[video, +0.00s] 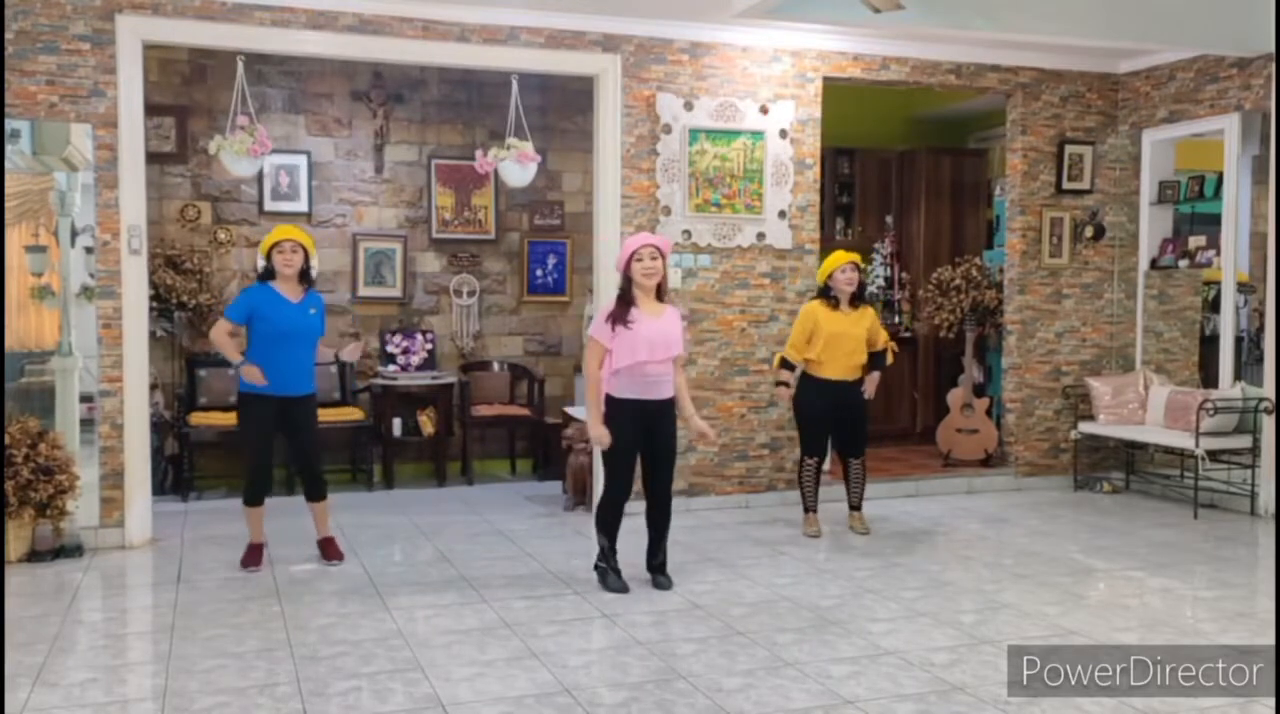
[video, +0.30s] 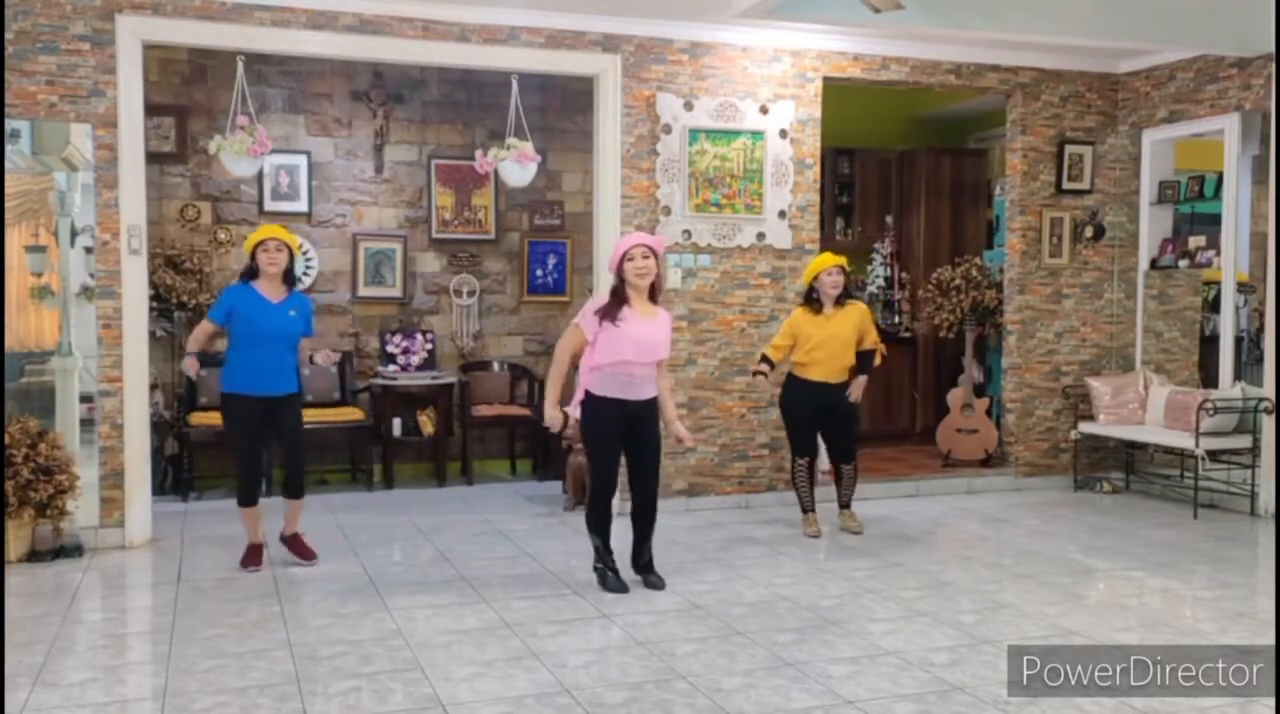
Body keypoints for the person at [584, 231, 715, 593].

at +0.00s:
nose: (648, 265)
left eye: (655, 259)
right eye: (640, 259)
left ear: (664, 268)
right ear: (628, 269)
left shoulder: (673, 316)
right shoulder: (613, 314)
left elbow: (678, 371)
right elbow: (592, 365)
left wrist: (692, 418)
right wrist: (595, 420)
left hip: (662, 409)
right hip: (621, 409)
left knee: (660, 491)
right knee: (617, 489)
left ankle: (658, 564)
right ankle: (606, 561)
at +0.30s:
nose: (640, 264)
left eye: (647, 258)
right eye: (632, 259)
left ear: (657, 268)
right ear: (620, 268)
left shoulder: (662, 318)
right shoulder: (601, 309)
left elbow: (662, 373)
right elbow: (564, 350)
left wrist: (673, 421)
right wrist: (551, 405)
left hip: (645, 410)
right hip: (601, 408)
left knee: (646, 490)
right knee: (603, 487)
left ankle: (643, 560)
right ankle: (603, 563)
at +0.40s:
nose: (636, 265)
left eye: (643, 258)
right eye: (628, 259)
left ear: (654, 268)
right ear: (617, 269)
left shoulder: (661, 318)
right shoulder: (598, 310)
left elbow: (660, 375)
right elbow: (559, 350)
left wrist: (670, 421)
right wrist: (542, 400)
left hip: (641, 410)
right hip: (597, 408)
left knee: (637, 491)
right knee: (600, 487)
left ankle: (632, 560)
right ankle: (602, 562)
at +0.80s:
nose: (628, 273)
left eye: (635, 266)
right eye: (620, 267)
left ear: (646, 273)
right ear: (609, 276)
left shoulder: (661, 318)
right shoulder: (597, 316)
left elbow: (667, 375)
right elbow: (573, 370)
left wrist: (676, 421)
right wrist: (542, 411)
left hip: (635, 413)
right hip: (593, 408)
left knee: (626, 492)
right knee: (595, 489)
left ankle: (629, 560)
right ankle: (602, 563)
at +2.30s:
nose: (640, 265)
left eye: (647, 258)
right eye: (632, 259)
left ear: (656, 267)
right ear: (619, 269)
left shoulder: (658, 314)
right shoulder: (609, 311)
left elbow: (654, 370)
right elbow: (578, 359)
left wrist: (672, 409)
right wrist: (584, 415)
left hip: (654, 411)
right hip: (617, 410)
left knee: (652, 492)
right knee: (623, 490)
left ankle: (645, 565)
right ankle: (602, 563)